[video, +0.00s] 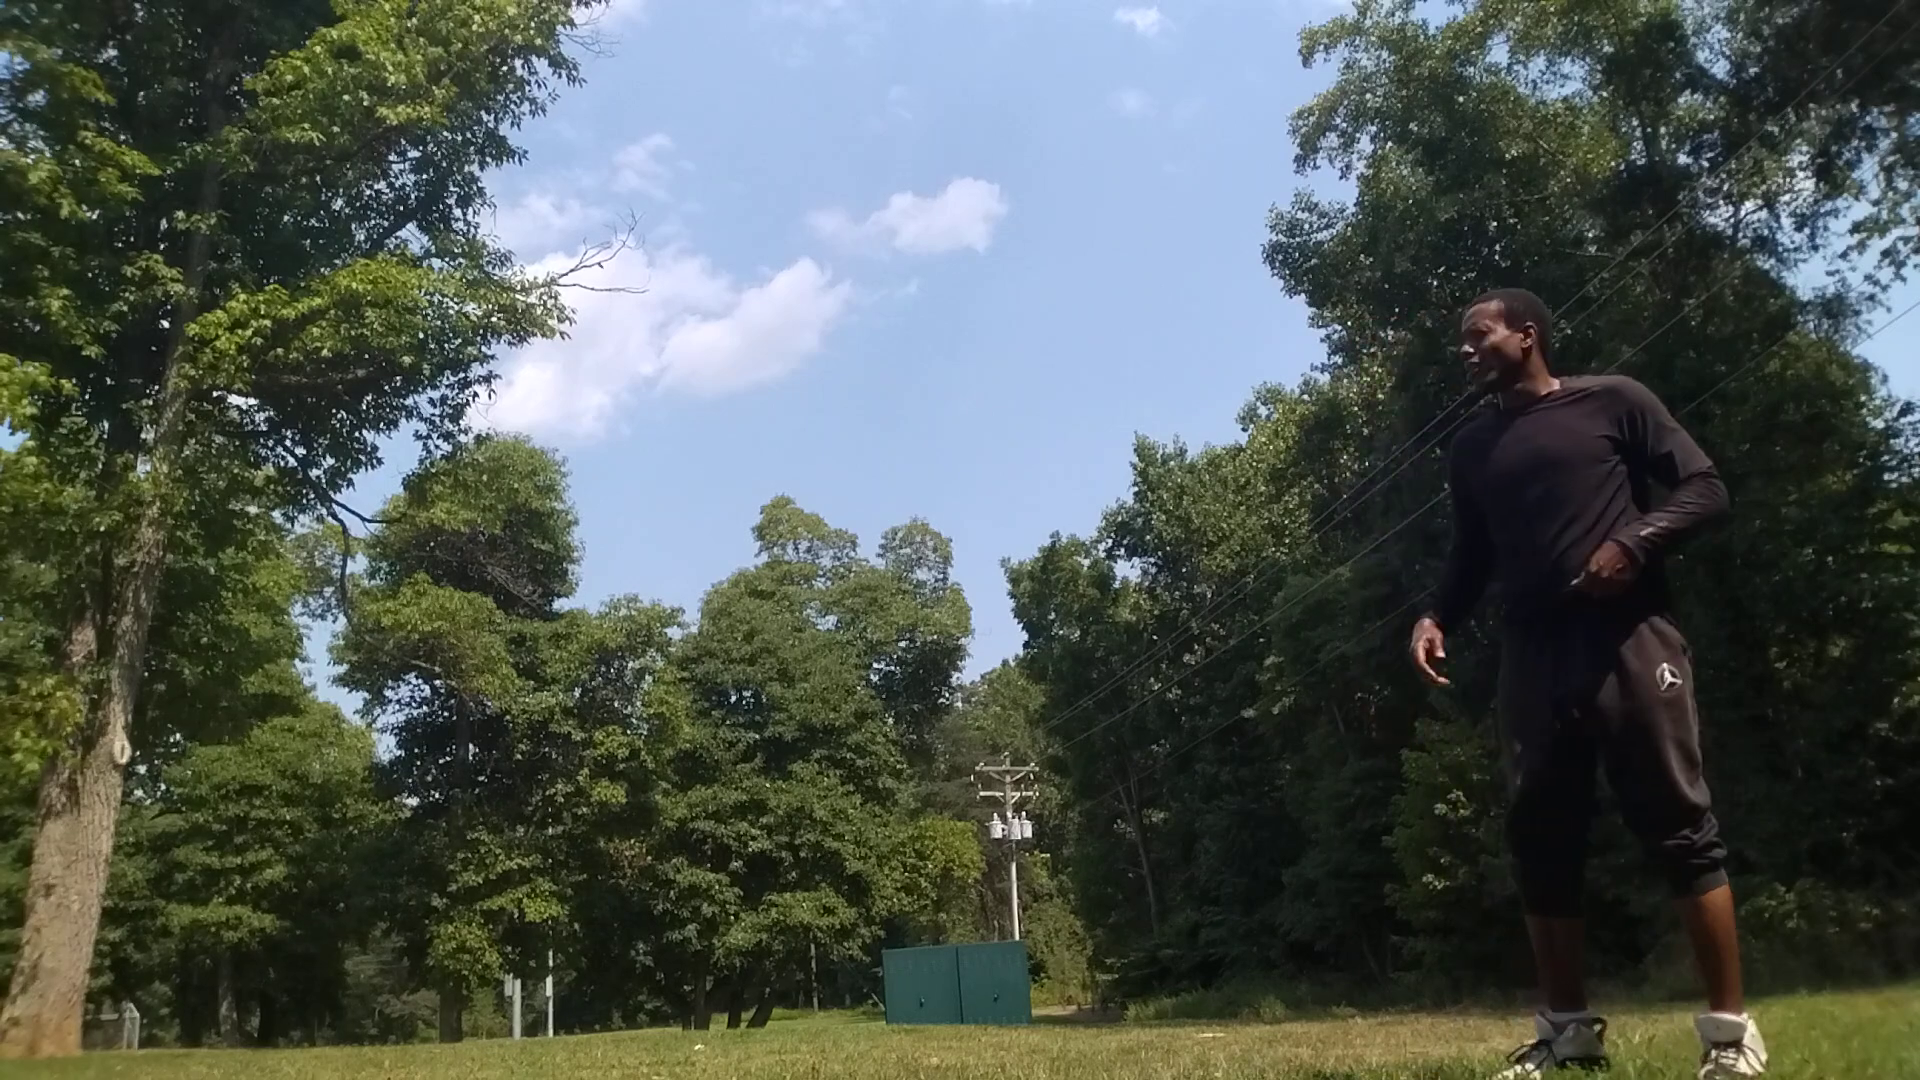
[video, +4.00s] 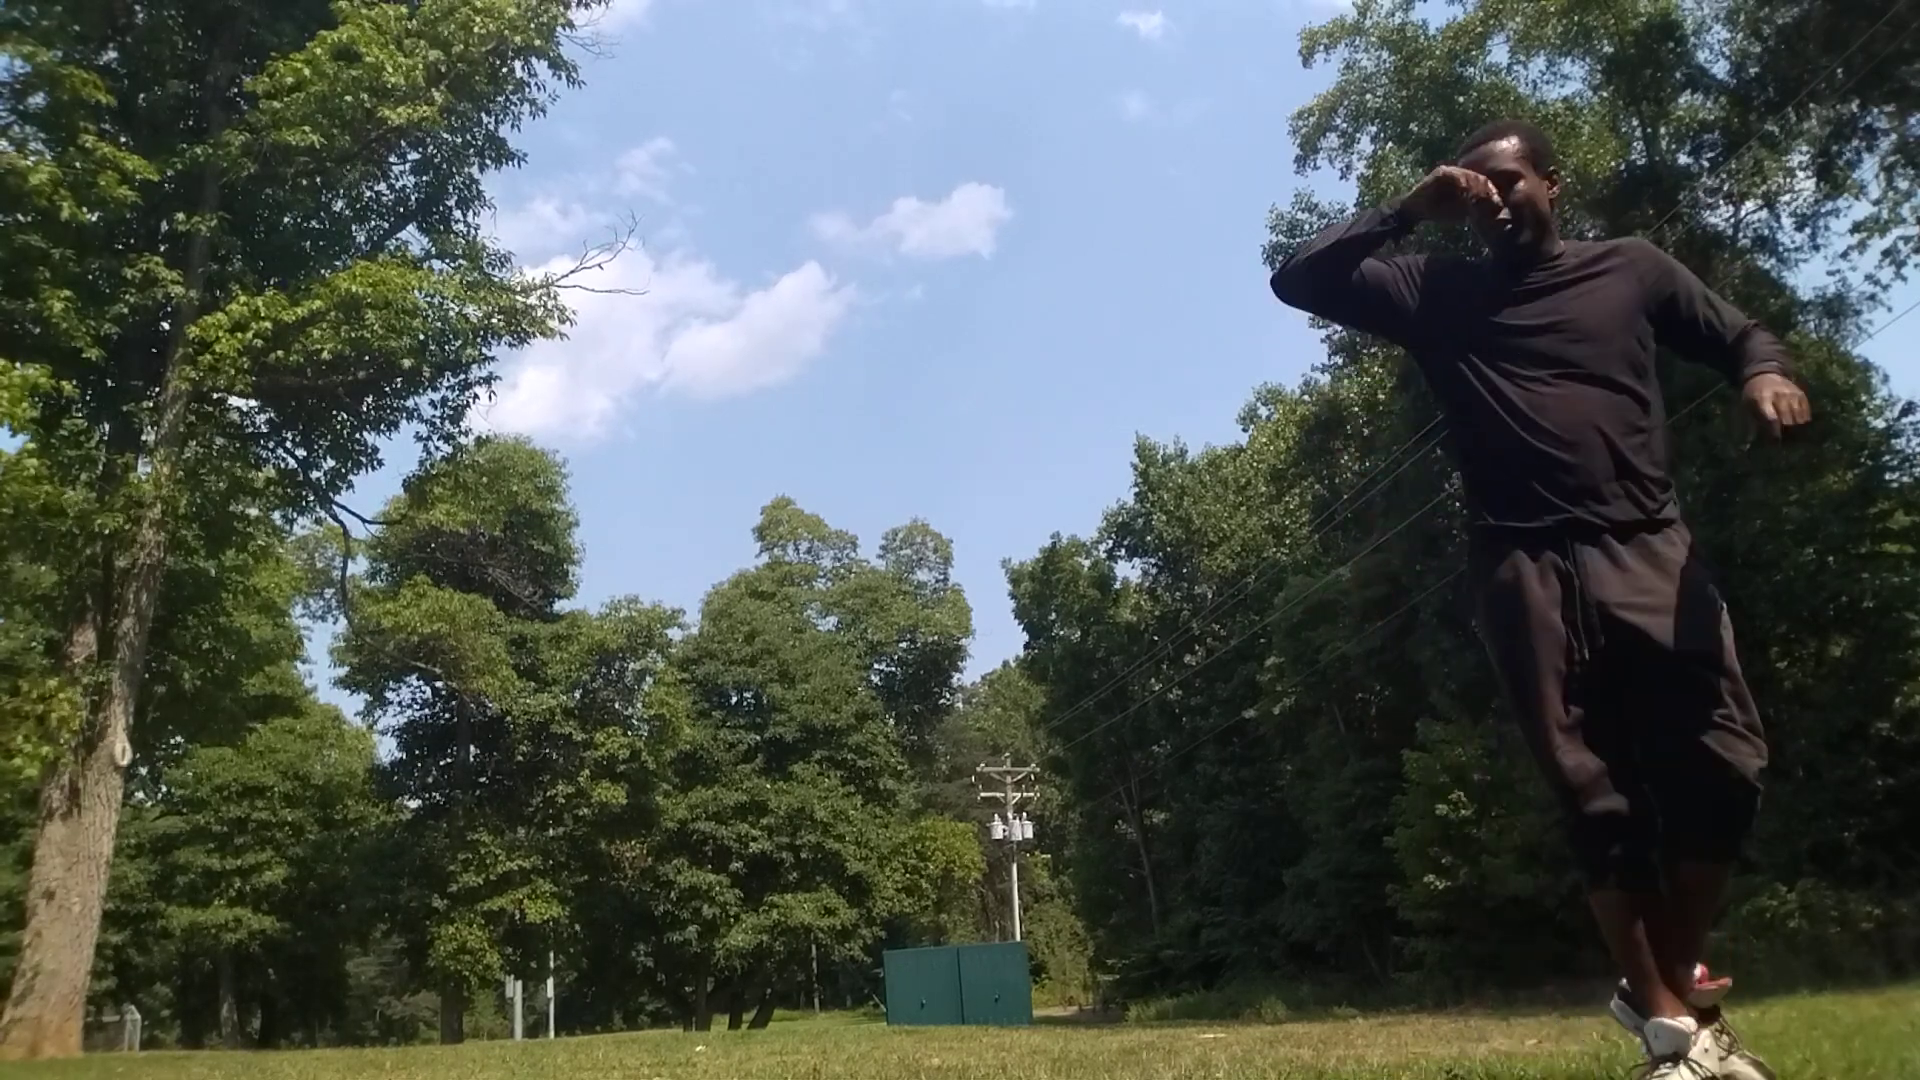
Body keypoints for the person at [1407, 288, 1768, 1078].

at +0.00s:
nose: (1465, 350)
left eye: (1476, 335)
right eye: (1462, 340)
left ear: (1526, 333)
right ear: (1488, 349)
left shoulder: (1615, 399)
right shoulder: (1471, 444)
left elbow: (1704, 490)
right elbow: (1472, 550)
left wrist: (1632, 541)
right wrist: (1436, 614)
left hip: (1631, 645)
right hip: (1534, 659)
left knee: (1684, 833)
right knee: (1539, 835)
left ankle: (1729, 1036)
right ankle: (1566, 1029)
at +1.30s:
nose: (1463, 363)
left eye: (1472, 350)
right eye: (1463, 352)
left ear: (1514, 348)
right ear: (1507, 352)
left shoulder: (1578, 396)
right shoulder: (1494, 446)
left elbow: (1605, 463)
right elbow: (1491, 558)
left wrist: (1483, 448)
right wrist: (1418, 542)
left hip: (1580, 633)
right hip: (1504, 647)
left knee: (1646, 829)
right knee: (1510, 837)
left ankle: (1727, 1028)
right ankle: (1575, 1030)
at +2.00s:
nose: (1379, 390)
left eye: (1388, 377)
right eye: (1378, 379)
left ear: (1427, 374)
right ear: (1414, 377)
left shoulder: (1489, 409)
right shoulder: (1412, 462)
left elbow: (1437, 419)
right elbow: (1426, 578)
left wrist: (1360, 424)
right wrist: (1357, 589)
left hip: (1512, 631)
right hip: (1447, 653)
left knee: (1570, 824)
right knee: (1501, 841)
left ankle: (1672, 1016)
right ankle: (1575, 1028)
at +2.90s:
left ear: (1493, 301)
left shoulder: (1542, 352)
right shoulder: (1430, 408)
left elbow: (1492, 254)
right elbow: (1421, 509)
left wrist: (1436, 346)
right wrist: (1392, 536)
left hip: (1552, 591)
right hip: (1463, 610)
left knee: (1578, 814)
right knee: (1469, 819)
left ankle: (1611, 1034)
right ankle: (1552, 1007)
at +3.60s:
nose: (1491, 263)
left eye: (1508, 247)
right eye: (1488, 250)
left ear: (1555, 252)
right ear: (1485, 268)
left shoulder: (1606, 313)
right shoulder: (1445, 356)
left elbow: (1650, 197)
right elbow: (1344, 440)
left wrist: (1510, 252)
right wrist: (1353, 391)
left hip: (1606, 573)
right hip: (1497, 586)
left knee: (1615, 803)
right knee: (1577, 798)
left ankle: (1608, 1025)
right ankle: (1668, 1031)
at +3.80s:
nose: (1492, 235)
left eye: (1510, 218)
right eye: (1478, 222)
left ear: (1553, 221)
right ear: (1462, 232)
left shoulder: (1617, 295)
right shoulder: (1439, 327)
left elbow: (1764, 262)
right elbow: (1307, 381)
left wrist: (1632, 271)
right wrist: (1364, 299)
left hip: (1629, 561)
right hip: (1519, 576)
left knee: (1657, 792)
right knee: (1595, 797)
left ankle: (1604, 997)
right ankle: (1672, 1035)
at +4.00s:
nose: (1499, 194)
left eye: (1515, 175)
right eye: (1481, 182)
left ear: (1554, 185)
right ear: (1462, 204)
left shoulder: (1633, 266)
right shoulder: (1435, 290)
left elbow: (1739, 337)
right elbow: (1298, 278)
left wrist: (1764, 373)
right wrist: (1412, 205)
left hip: (1652, 548)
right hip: (1529, 565)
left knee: (1724, 767)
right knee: (1585, 784)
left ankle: (1668, 976)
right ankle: (1664, 1019)